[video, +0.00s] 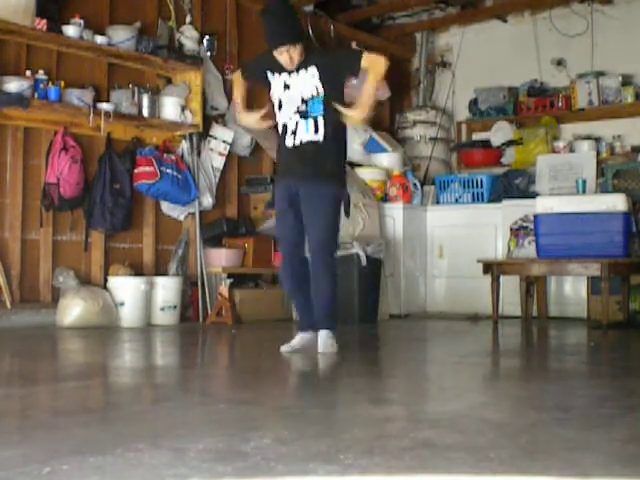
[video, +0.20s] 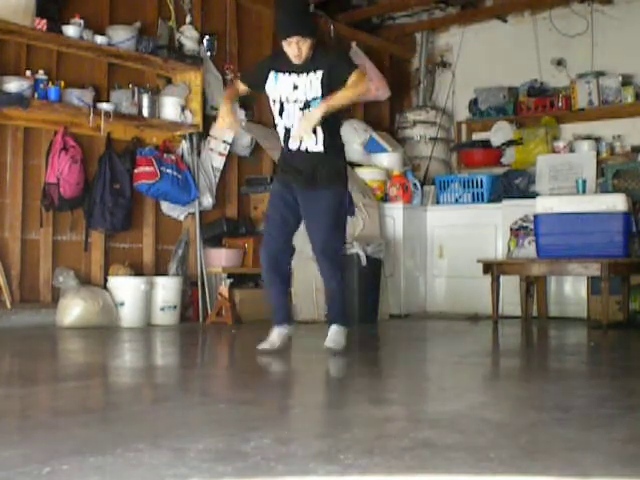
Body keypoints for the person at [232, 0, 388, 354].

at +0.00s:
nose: (287, 57)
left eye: (291, 49)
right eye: (279, 52)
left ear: (302, 39)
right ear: (271, 48)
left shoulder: (327, 61)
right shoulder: (268, 65)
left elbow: (377, 62)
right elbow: (239, 75)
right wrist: (241, 115)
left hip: (323, 175)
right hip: (287, 174)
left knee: (320, 252)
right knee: (290, 252)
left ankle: (325, 330)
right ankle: (307, 328)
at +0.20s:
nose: (296, 49)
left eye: (302, 42)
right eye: (289, 43)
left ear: (313, 37)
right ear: (280, 41)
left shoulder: (329, 61)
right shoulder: (271, 66)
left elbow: (360, 84)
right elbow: (234, 89)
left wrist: (319, 111)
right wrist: (227, 110)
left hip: (325, 177)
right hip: (287, 175)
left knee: (327, 252)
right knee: (273, 250)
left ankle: (338, 323)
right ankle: (281, 323)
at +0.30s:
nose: (302, 54)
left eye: (308, 46)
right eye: (296, 47)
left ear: (319, 46)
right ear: (288, 49)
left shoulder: (334, 78)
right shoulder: (276, 79)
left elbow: (336, 118)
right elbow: (246, 118)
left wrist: (319, 157)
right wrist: (222, 152)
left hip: (324, 182)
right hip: (286, 181)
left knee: (317, 257)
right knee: (278, 258)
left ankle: (330, 322)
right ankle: (266, 333)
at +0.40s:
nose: (312, 51)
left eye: (318, 44)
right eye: (306, 44)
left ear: (328, 48)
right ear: (297, 48)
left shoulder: (344, 84)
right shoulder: (282, 88)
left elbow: (356, 137)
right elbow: (256, 138)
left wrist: (347, 186)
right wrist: (252, 186)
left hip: (327, 193)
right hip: (290, 191)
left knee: (323, 269)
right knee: (280, 264)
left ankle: (325, 330)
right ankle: (267, 334)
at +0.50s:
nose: (332, 34)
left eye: (336, 28)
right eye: (326, 28)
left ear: (341, 31)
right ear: (310, 30)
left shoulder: (356, 67)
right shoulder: (289, 68)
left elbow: (385, 100)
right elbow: (271, 100)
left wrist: (382, 155)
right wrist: (283, 144)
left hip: (344, 179)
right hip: (302, 176)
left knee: (341, 255)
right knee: (294, 252)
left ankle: (333, 325)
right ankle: (287, 327)